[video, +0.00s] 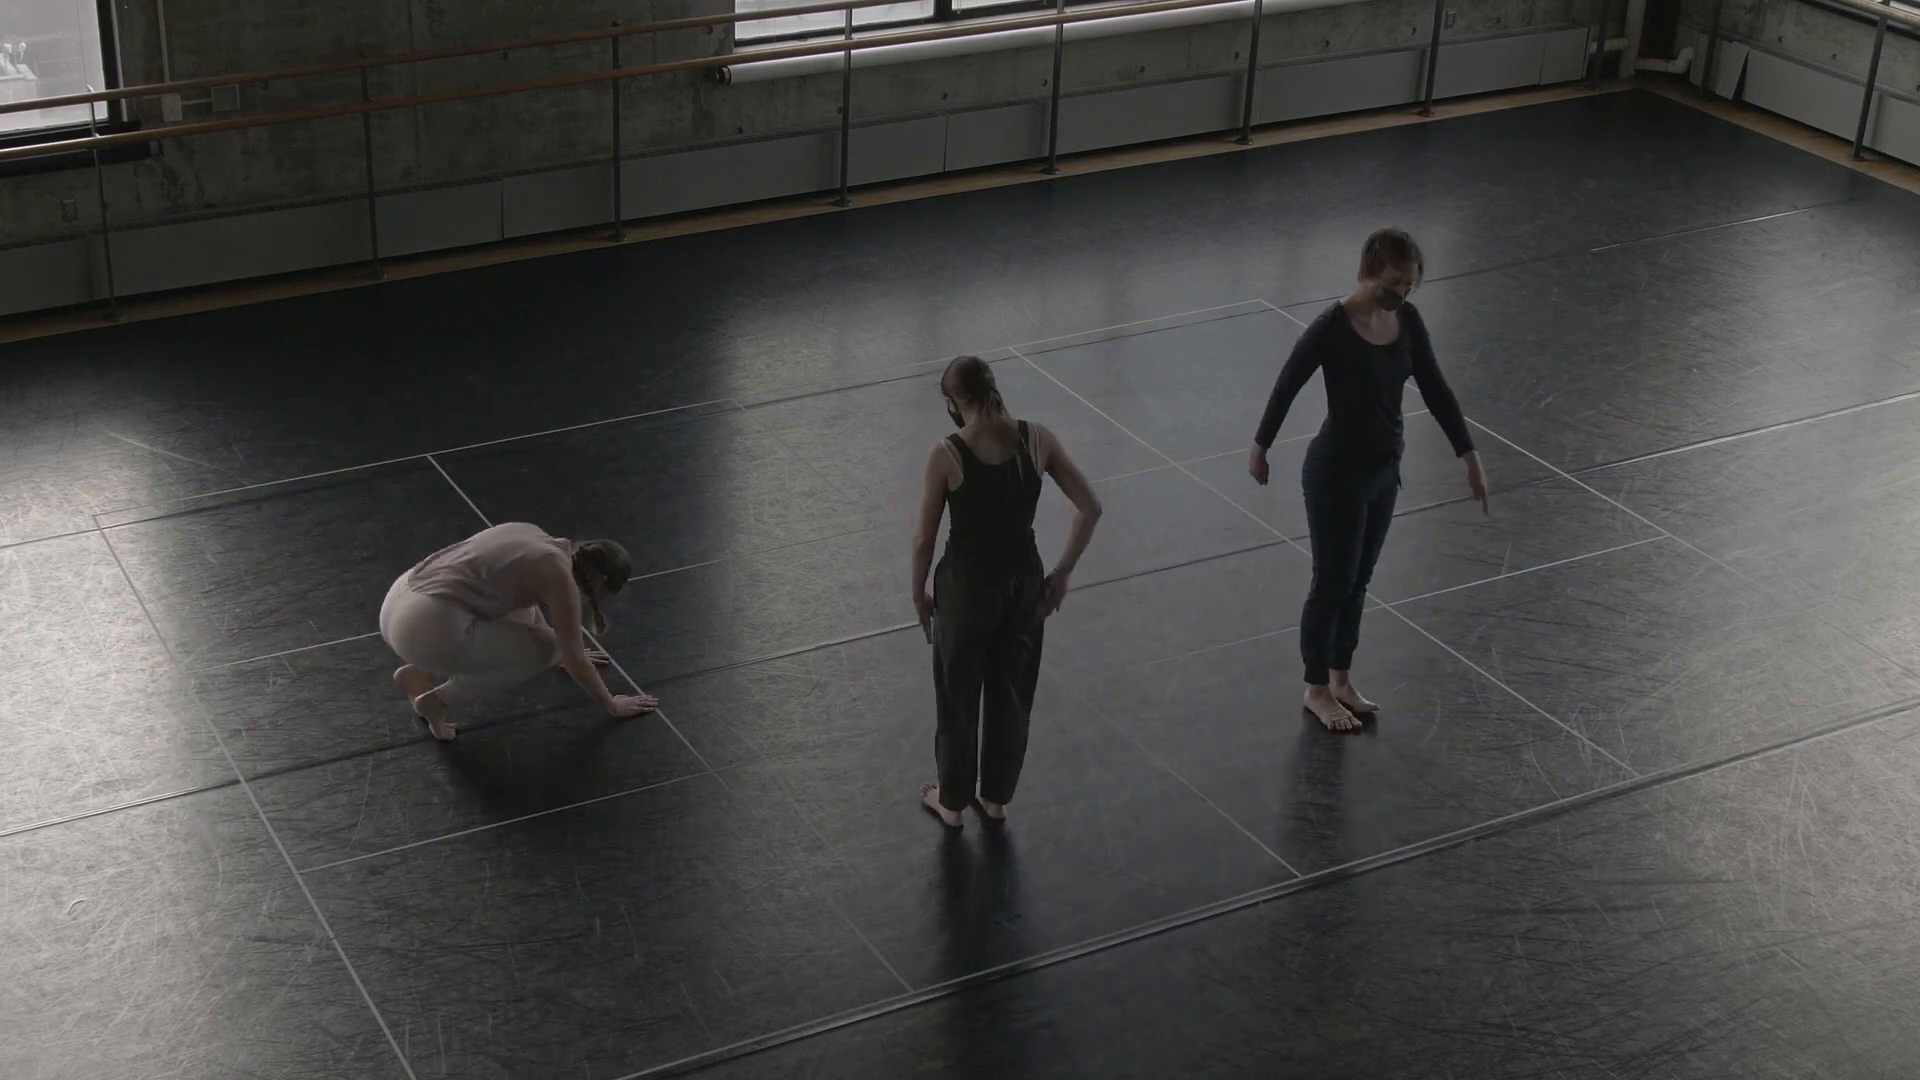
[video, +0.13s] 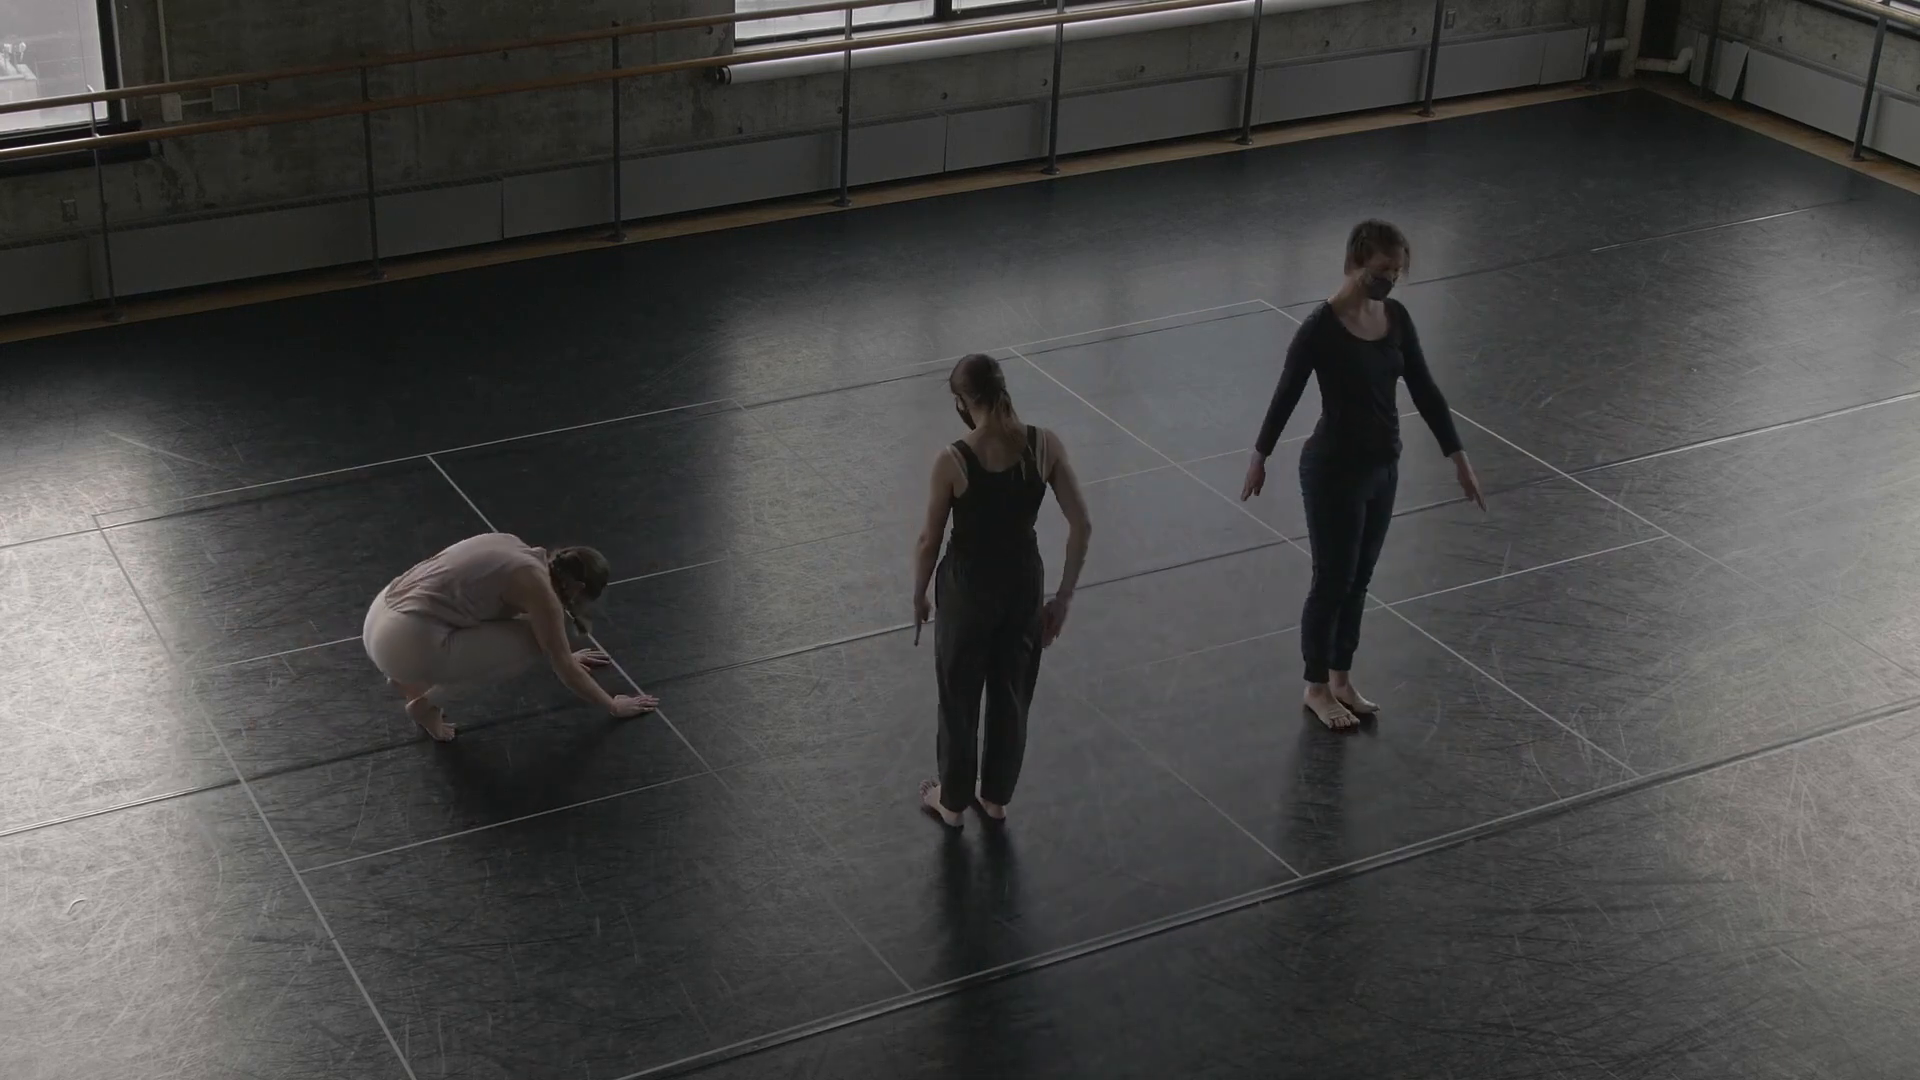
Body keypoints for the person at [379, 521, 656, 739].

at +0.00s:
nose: (595, 599)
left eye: (602, 595)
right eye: (600, 593)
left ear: (583, 549)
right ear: (593, 579)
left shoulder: (527, 534)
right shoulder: (557, 574)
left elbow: (530, 614)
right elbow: (575, 659)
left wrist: (572, 654)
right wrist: (610, 703)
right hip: (428, 628)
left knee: (525, 620)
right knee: (544, 651)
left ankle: (422, 675)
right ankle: (438, 702)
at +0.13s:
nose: (573, 606)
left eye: (580, 602)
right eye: (579, 600)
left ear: (559, 557)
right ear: (573, 586)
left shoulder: (510, 545)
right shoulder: (536, 585)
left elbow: (524, 618)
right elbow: (566, 667)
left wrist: (566, 657)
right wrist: (612, 703)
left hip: (380, 618)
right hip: (408, 647)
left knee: (507, 626)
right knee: (532, 647)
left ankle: (414, 679)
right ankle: (427, 703)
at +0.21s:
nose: (565, 604)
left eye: (571, 599)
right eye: (570, 597)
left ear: (551, 554)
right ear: (563, 580)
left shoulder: (509, 544)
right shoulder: (528, 579)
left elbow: (527, 615)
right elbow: (566, 660)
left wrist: (570, 656)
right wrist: (616, 702)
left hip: (366, 598)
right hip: (391, 626)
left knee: (499, 616)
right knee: (511, 638)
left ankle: (411, 679)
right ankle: (421, 709)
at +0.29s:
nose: (559, 593)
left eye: (565, 588)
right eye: (563, 586)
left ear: (543, 544)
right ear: (555, 572)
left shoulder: (502, 537)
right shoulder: (517, 571)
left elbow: (531, 601)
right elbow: (569, 651)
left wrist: (583, 648)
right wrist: (627, 696)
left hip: (355, 582)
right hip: (380, 609)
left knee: (485, 606)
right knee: (499, 629)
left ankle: (405, 681)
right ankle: (418, 712)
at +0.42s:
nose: (551, 573)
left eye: (556, 568)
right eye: (556, 565)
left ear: (532, 525)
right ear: (547, 549)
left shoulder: (490, 524)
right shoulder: (509, 546)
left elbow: (520, 604)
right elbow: (563, 623)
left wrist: (563, 648)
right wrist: (617, 665)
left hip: (346, 557)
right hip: (369, 582)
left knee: (472, 596)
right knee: (485, 620)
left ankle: (399, 686)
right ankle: (414, 717)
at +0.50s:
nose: (551, 555)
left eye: (557, 550)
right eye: (556, 548)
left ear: (530, 510)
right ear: (547, 534)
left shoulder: (485, 510)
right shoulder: (508, 529)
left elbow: (512, 595)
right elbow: (549, 608)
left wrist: (547, 652)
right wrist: (597, 652)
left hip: (343, 542)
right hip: (366, 566)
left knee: (463, 590)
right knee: (475, 616)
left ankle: (397, 687)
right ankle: (411, 717)